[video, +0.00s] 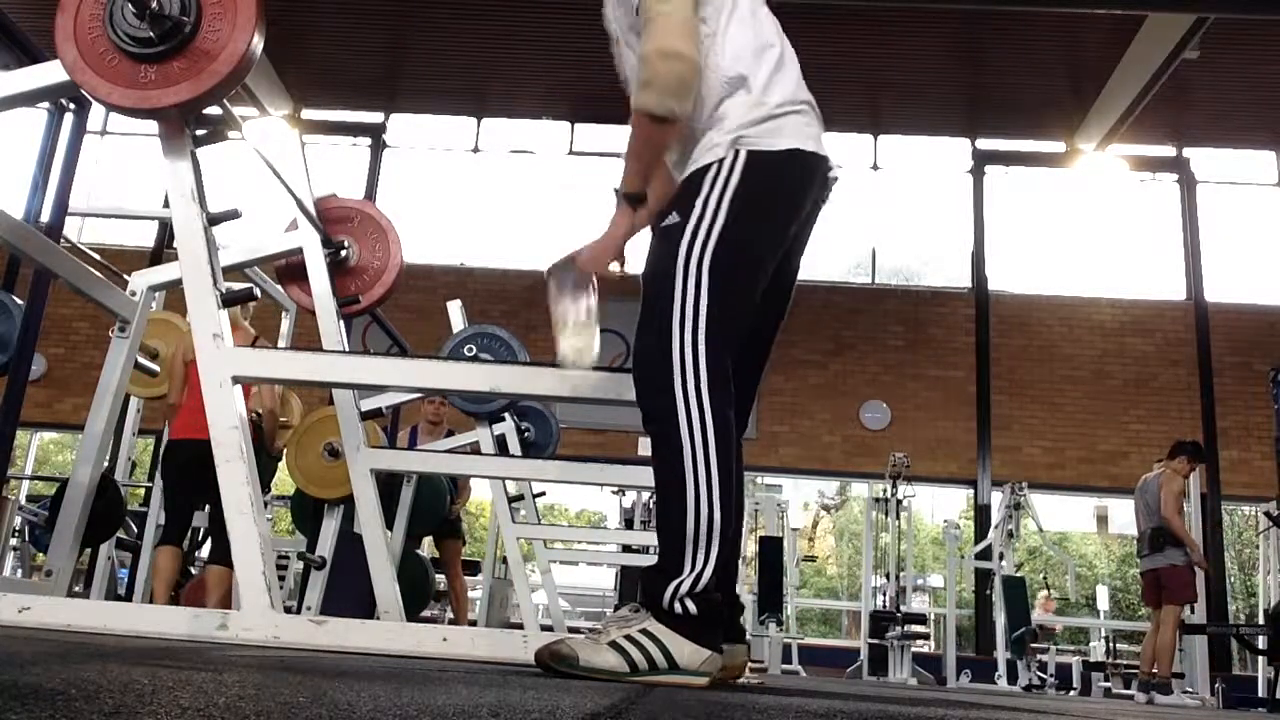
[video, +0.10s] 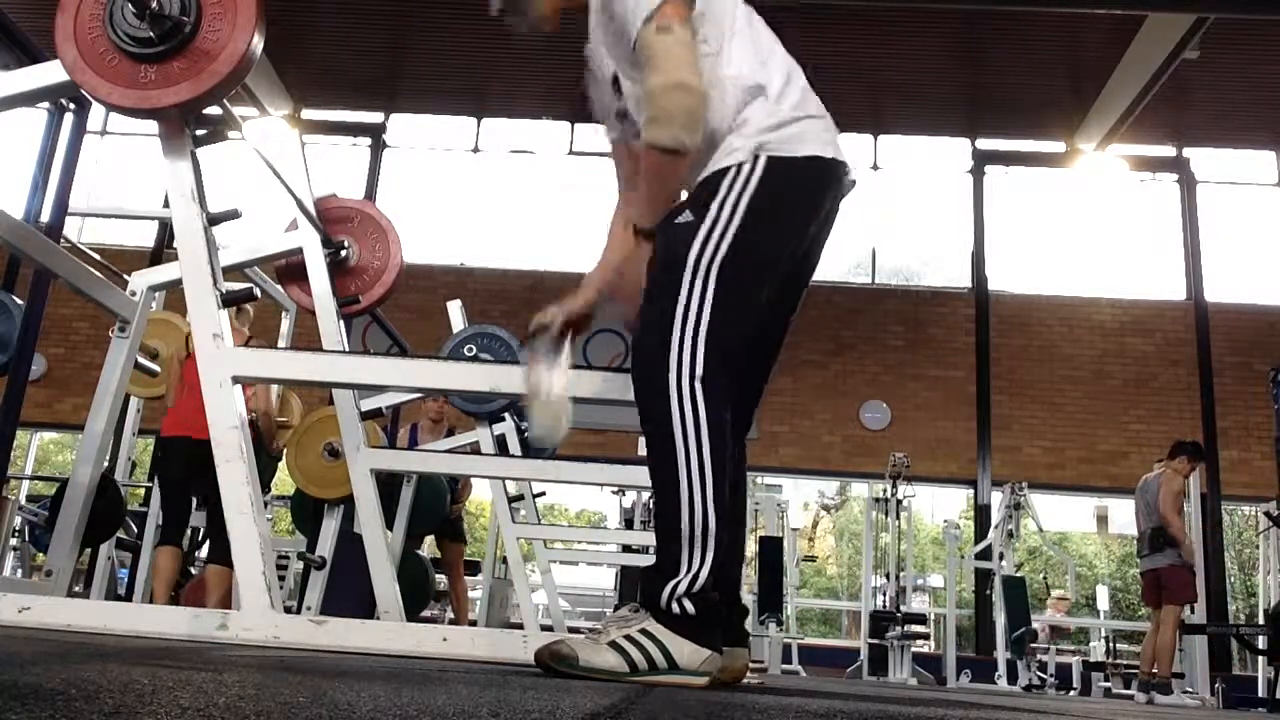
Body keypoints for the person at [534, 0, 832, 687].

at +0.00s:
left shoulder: (662, 4)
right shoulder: (656, 16)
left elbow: (671, 70)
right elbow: (680, 153)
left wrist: (634, 196)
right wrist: (611, 241)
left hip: (744, 147)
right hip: (780, 152)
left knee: (680, 373)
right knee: (706, 388)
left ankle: (686, 623)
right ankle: (709, 627)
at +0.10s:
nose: (515, 13)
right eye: (509, 8)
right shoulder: (608, 58)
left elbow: (676, 104)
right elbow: (635, 188)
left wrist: (643, 227)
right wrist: (588, 294)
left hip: (765, 153)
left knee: (678, 366)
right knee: (706, 388)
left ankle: (687, 624)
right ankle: (711, 629)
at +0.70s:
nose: (455, 204)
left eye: (444, 180)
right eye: (439, 197)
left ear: (472, 131)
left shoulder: (591, 93)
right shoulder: (547, 237)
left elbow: (728, 171)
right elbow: (496, 361)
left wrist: (662, 262)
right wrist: (416, 495)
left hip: (805, 208)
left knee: (639, 345)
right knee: (655, 380)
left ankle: (689, 622)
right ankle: (691, 620)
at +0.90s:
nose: (463, 140)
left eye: (457, 117)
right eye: (452, 131)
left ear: (489, 71)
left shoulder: (608, 51)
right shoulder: (567, 184)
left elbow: (725, 155)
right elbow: (530, 319)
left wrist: (677, 235)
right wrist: (455, 454)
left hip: (805, 182)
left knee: (658, 344)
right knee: (674, 379)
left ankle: (685, 622)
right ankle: (707, 628)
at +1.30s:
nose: (548, 13)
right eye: (544, 8)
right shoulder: (644, 58)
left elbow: (726, 107)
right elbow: (678, 175)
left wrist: (679, 234)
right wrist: (676, 251)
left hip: (796, 172)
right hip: (764, 184)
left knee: (697, 373)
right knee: (698, 383)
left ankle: (685, 623)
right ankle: (712, 629)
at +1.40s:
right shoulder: (667, 39)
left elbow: (746, 68)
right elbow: (691, 158)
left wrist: (696, 203)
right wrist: (688, 263)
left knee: (725, 370)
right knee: (695, 397)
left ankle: (694, 619)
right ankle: (709, 628)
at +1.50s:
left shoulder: (756, 3)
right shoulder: (698, 22)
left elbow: (770, 53)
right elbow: (745, 134)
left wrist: (717, 180)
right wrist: (722, 246)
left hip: (810, 168)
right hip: (768, 182)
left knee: (744, 380)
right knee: (714, 397)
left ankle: (752, 619)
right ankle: (718, 617)